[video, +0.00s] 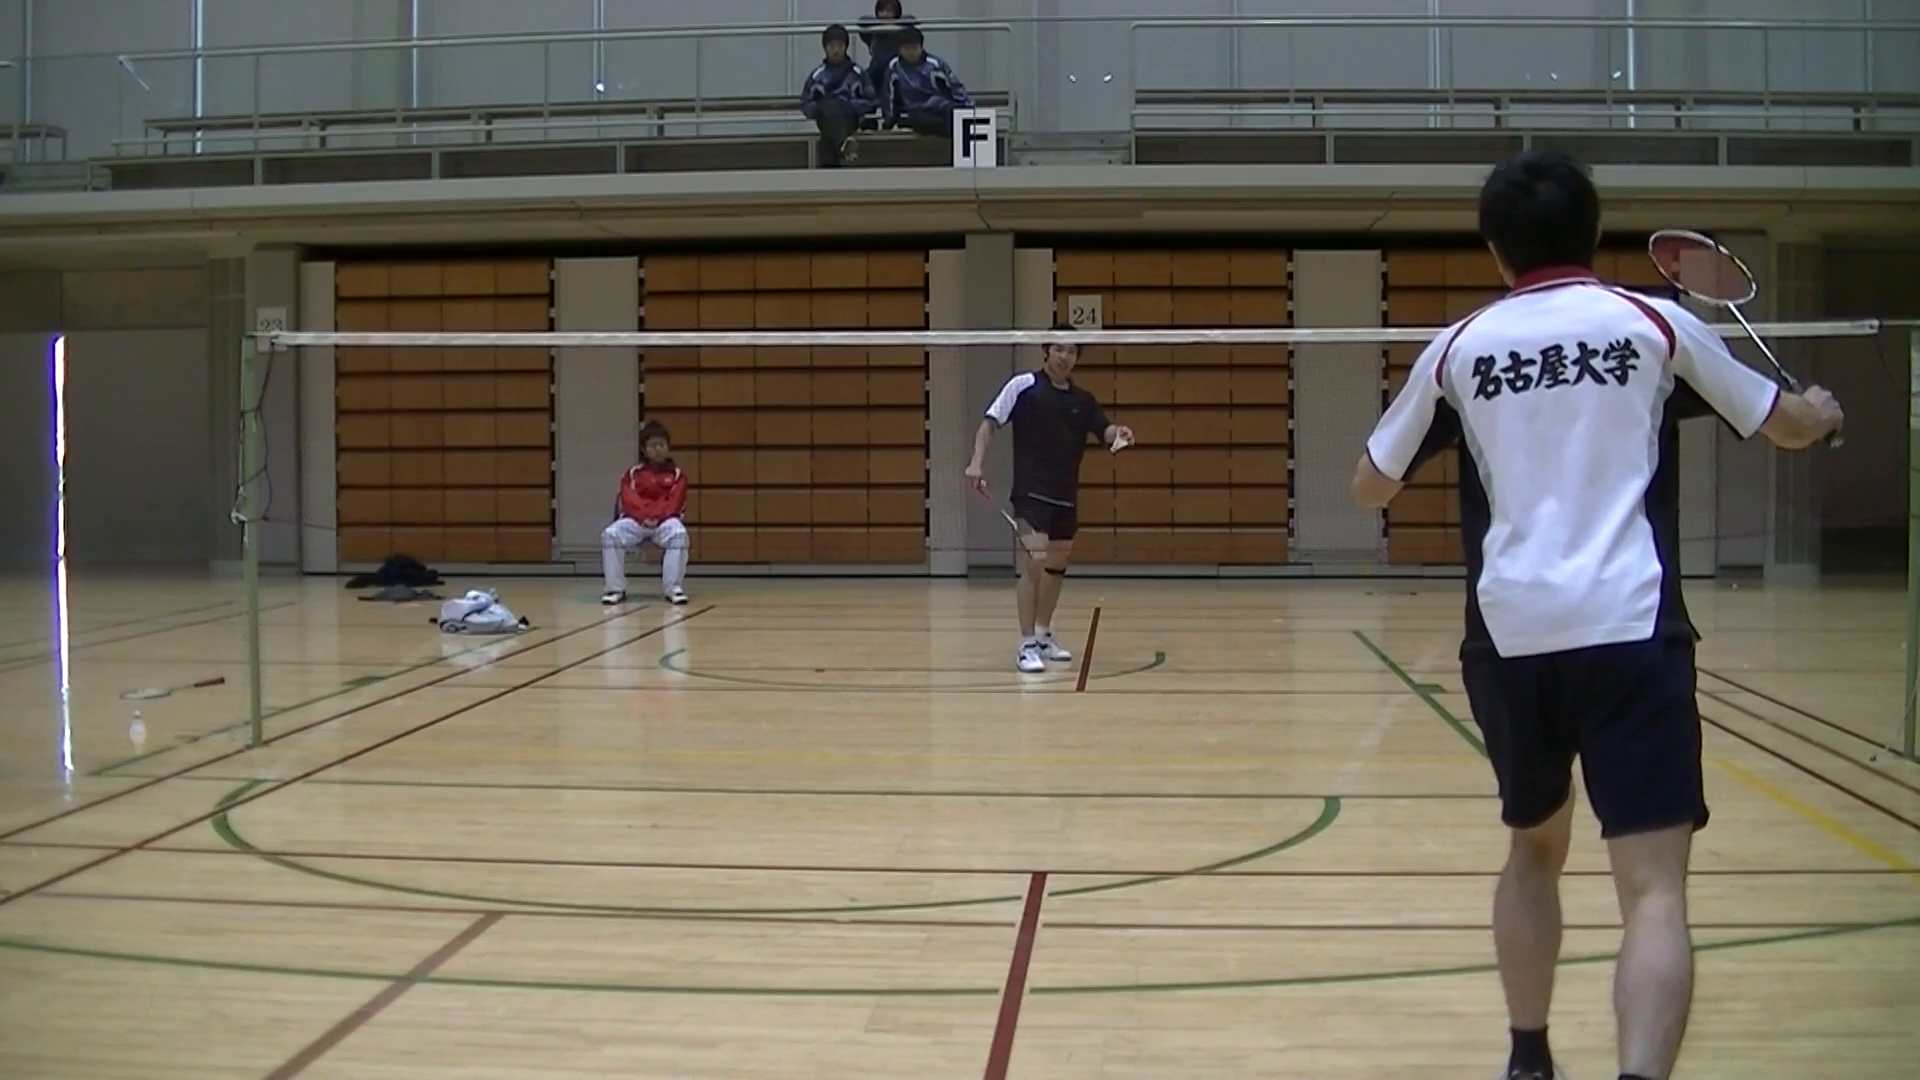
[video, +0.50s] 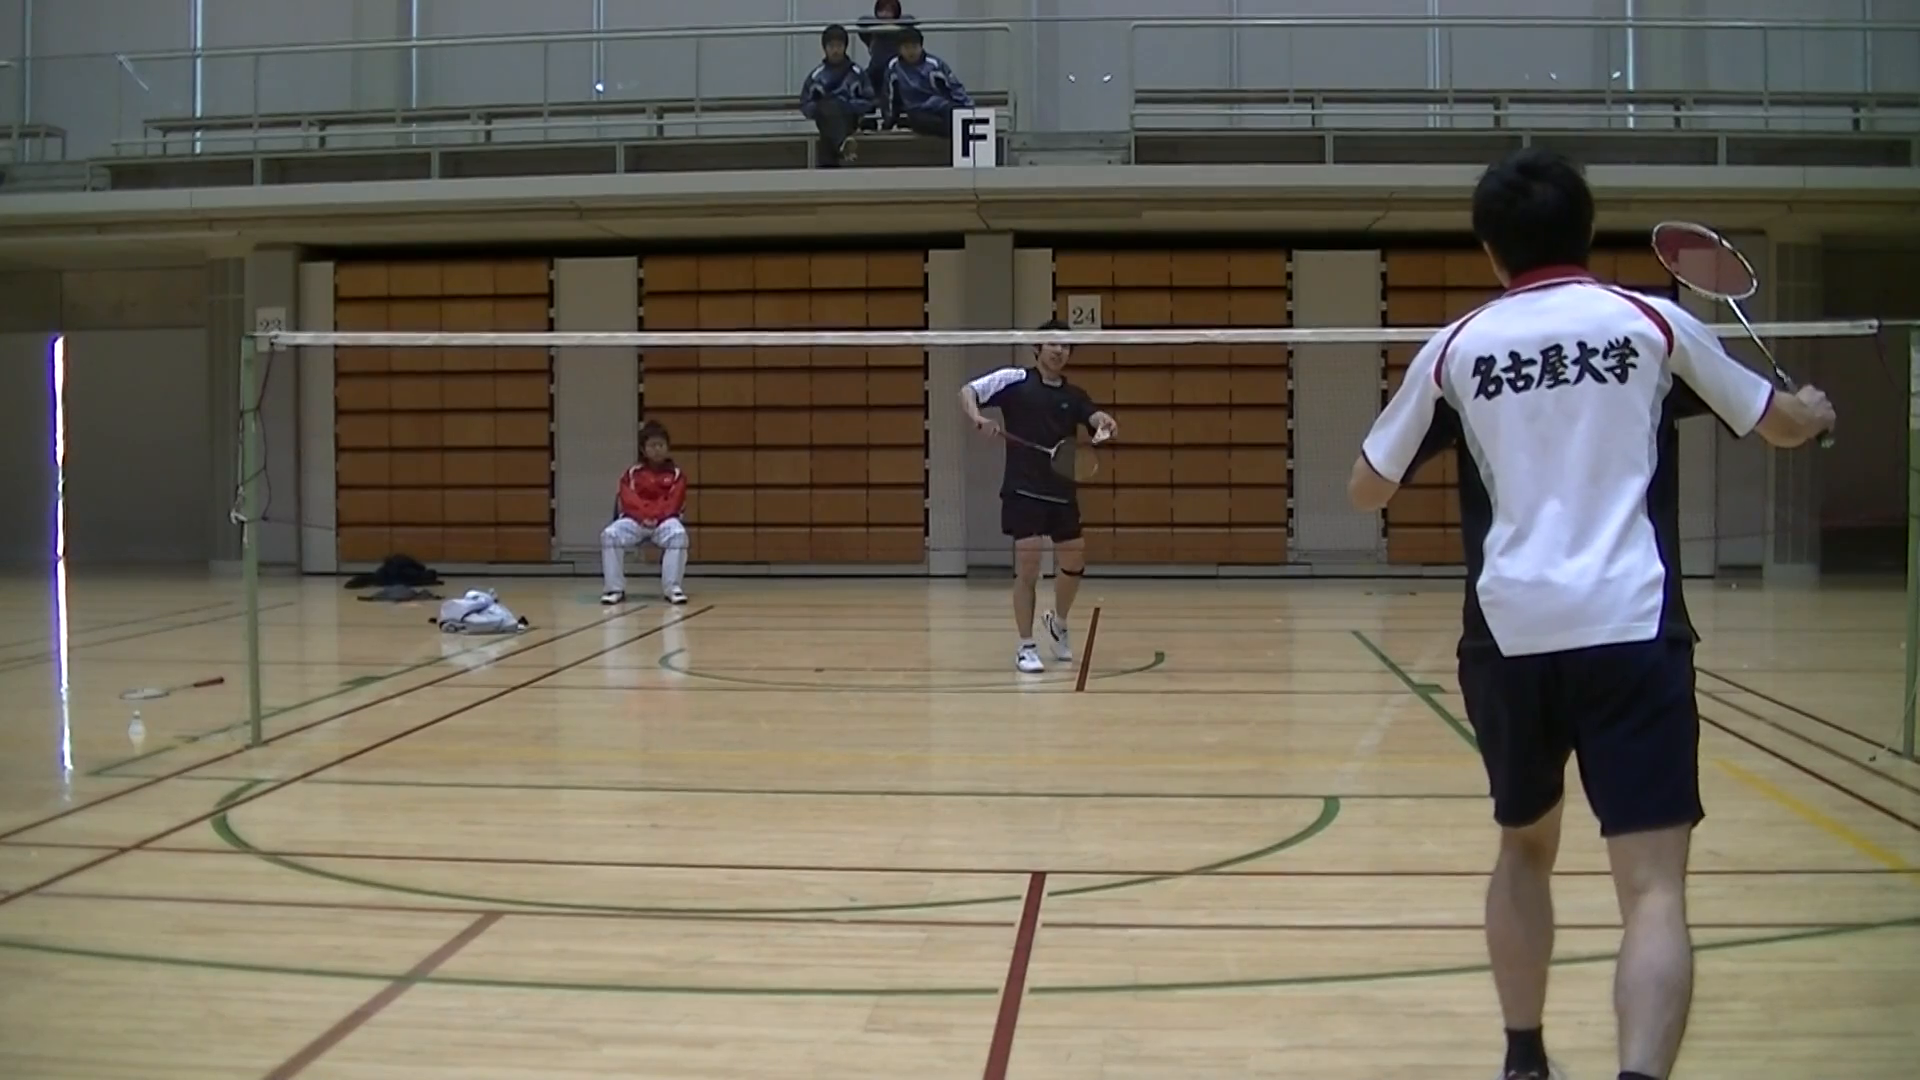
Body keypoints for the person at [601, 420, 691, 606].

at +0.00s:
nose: (658, 450)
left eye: (661, 445)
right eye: (652, 446)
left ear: (668, 447)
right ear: (644, 450)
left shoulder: (677, 475)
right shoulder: (633, 473)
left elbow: (674, 504)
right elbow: (628, 500)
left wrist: (656, 517)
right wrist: (644, 516)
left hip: (664, 520)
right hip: (635, 520)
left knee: (679, 535)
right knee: (610, 535)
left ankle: (673, 587)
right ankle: (615, 589)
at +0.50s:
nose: (657, 450)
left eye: (661, 445)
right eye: (652, 445)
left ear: (667, 447)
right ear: (643, 449)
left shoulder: (676, 475)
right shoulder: (632, 473)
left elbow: (673, 504)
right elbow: (627, 500)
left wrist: (655, 517)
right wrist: (644, 515)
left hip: (664, 520)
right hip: (635, 520)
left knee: (678, 536)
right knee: (610, 535)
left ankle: (673, 587)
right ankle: (615, 589)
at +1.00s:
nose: (656, 449)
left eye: (660, 444)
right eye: (651, 445)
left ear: (667, 447)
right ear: (643, 449)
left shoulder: (676, 474)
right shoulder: (632, 472)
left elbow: (673, 503)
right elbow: (627, 499)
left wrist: (655, 517)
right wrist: (643, 515)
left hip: (663, 519)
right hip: (634, 519)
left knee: (678, 535)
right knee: (609, 535)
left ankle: (672, 587)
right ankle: (614, 588)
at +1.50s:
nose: (656, 449)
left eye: (660, 444)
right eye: (650, 445)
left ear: (666, 447)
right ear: (642, 449)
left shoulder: (675, 473)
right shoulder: (631, 472)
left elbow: (673, 503)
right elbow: (626, 500)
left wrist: (655, 516)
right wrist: (642, 515)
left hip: (663, 519)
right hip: (634, 519)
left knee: (678, 534)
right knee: (609, 534)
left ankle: (672, 586)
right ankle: (613, 588)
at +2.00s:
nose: (692, 448)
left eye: (696, 443)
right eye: (686, 443)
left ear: (702, 445)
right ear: (676, 448)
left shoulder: (710, 472)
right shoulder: (666, 471)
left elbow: (707, 501)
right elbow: (662, 500)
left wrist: (689, 515)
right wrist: (679, 514)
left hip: (698, 518)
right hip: (670, 518)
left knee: (713, 533)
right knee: (644, 533)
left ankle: (706, 585)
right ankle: (648, 587)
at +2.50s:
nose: (653, 449)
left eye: (656, 444)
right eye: (648, 445)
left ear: (662, 447)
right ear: (638, 450)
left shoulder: (670, 474)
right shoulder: (628, 473)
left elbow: (669, 503)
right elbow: (623, 501)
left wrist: (652, 518)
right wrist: (638, 516)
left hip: (659, 520)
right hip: (630, 520)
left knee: (673, 536)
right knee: (606, 535)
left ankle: (668, 587)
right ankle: (609, 589)